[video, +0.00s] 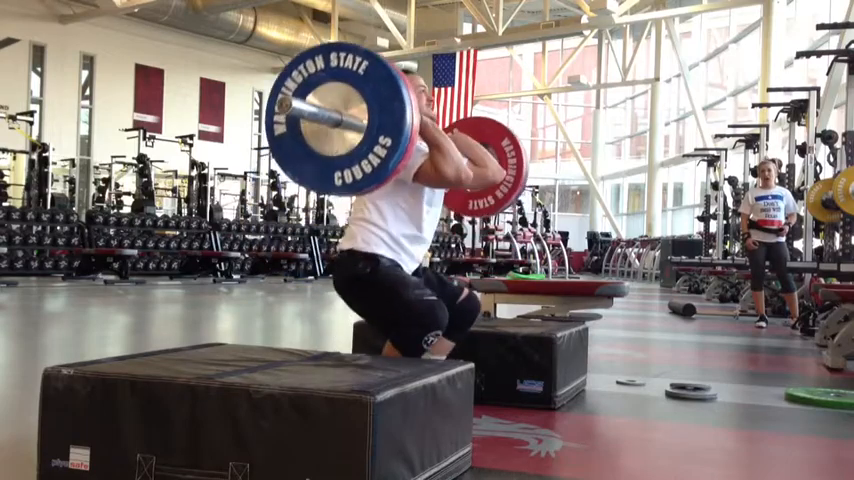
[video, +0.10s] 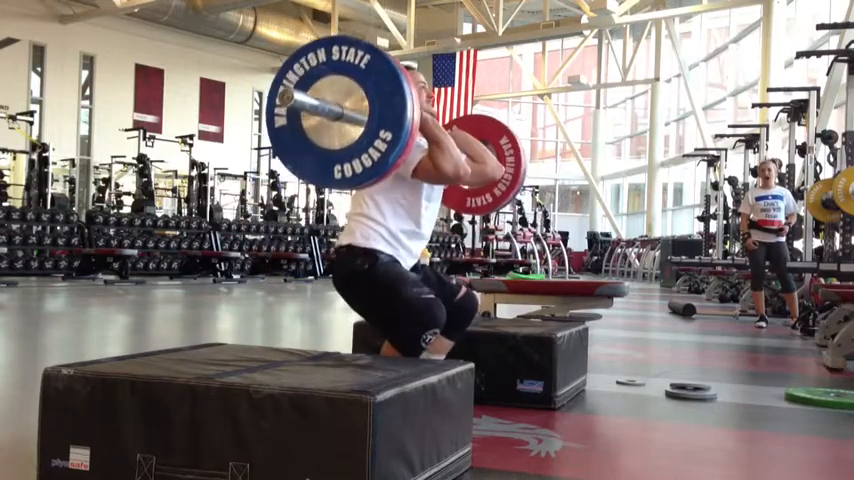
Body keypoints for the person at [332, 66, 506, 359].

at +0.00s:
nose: (427, 97)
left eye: (426, 91)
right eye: (418, 91)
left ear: (428, 98)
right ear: (398, 99)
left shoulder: (428, 152)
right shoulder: (391, 139)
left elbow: (494, 173)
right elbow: (455, 175)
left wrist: (453, 136)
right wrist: (424, 122)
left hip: (403, 266)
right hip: (364, 262)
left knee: (465, 306)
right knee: (425, 315)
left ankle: (418, 386)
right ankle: (378, 392)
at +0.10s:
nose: (426, 94)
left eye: (426, 88)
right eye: (417, 88)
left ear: (430, 96)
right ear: (398, 97)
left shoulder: (428, 150)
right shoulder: (393, 137)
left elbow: (492, 170)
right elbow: (452, 171)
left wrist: (451, 132)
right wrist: (424, 117)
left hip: (401, 262)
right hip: (363, 257)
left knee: (463, 305)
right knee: (423, 315)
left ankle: (418, 387)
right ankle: (376, 393)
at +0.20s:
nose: (424, 91)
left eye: (425, 84)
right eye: (415, 85)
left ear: (430, 92)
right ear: (397, 95)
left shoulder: (426, 146)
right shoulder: (391, 134)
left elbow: (492, 166)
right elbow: (453, 166)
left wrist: (448, 127)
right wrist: (424, 113)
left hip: (400, 259)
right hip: (362, 254)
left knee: (462, 303)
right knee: (422, 315)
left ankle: (416, 387)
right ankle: (376, 393)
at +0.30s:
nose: (423, 90)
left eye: (424, 83)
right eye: (413, 83)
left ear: (428, 91)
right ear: (395, 92)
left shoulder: (427, 141)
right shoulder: (392, 129)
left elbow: (492, 161)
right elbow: (454, 163)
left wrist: (445, 124)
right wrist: (425, 111)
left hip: (399, 256)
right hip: (362, 252)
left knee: (459, 302)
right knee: (421, 313)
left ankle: (414, 389)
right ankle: (374, 394)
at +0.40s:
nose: (425, 88)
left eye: (427, 82)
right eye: (415, 79)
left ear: (430, 90)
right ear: (398, 88)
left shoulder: (426, 138)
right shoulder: (392, 125)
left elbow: (491, 159)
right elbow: (452, 159)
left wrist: (444, 122)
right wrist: (426, 106)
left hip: (397, 253)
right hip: (363, 249)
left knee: (457, 300)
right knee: (420, 311)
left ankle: (412, 391)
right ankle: (375, 398)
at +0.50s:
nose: (424, 84)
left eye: (425, 77)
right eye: (415, 75)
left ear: (428, 86)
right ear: (398, 85)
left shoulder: (428, 136)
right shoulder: (392, 122)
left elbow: (491, 156)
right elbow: (452, 155)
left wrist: (444, 117)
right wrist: (427, 101)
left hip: (398, 250)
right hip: (364, 246)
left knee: (457, 300)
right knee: (418, 310)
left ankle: (413, 389)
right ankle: (375, 398)